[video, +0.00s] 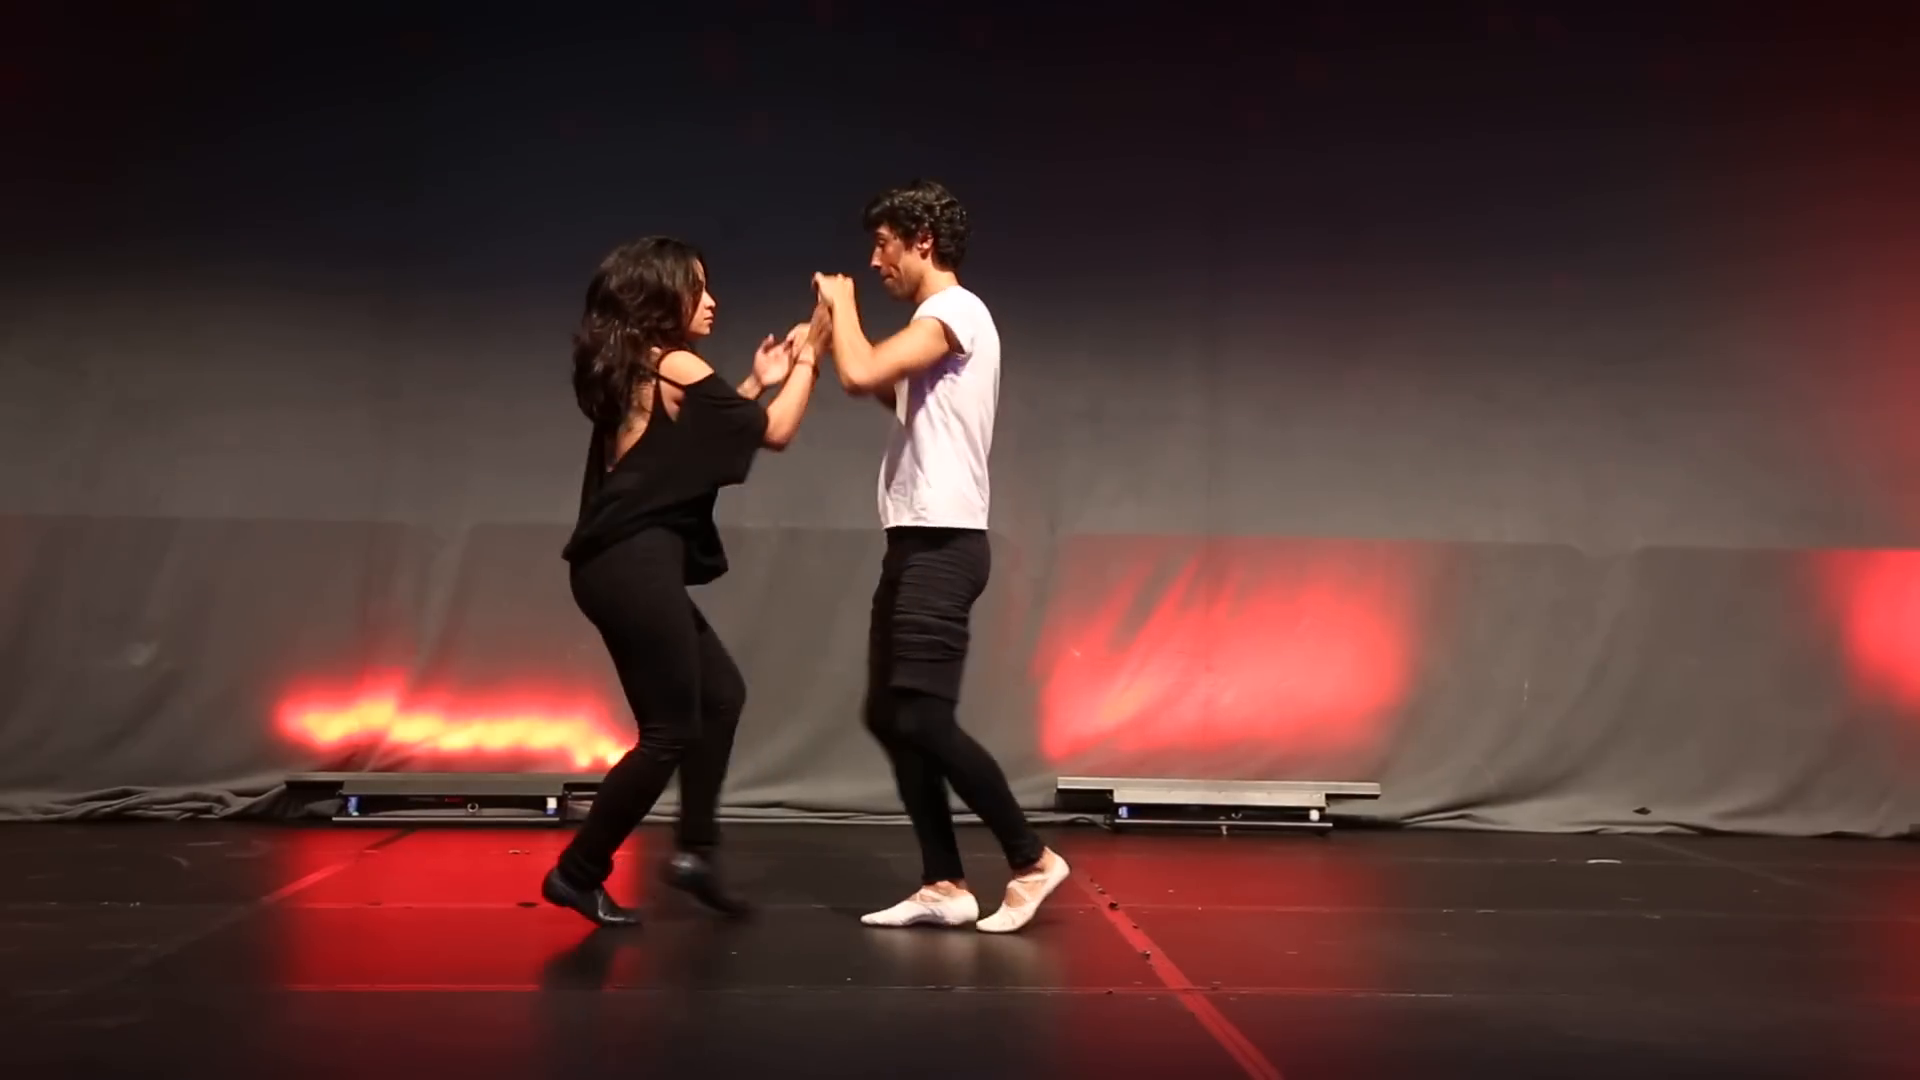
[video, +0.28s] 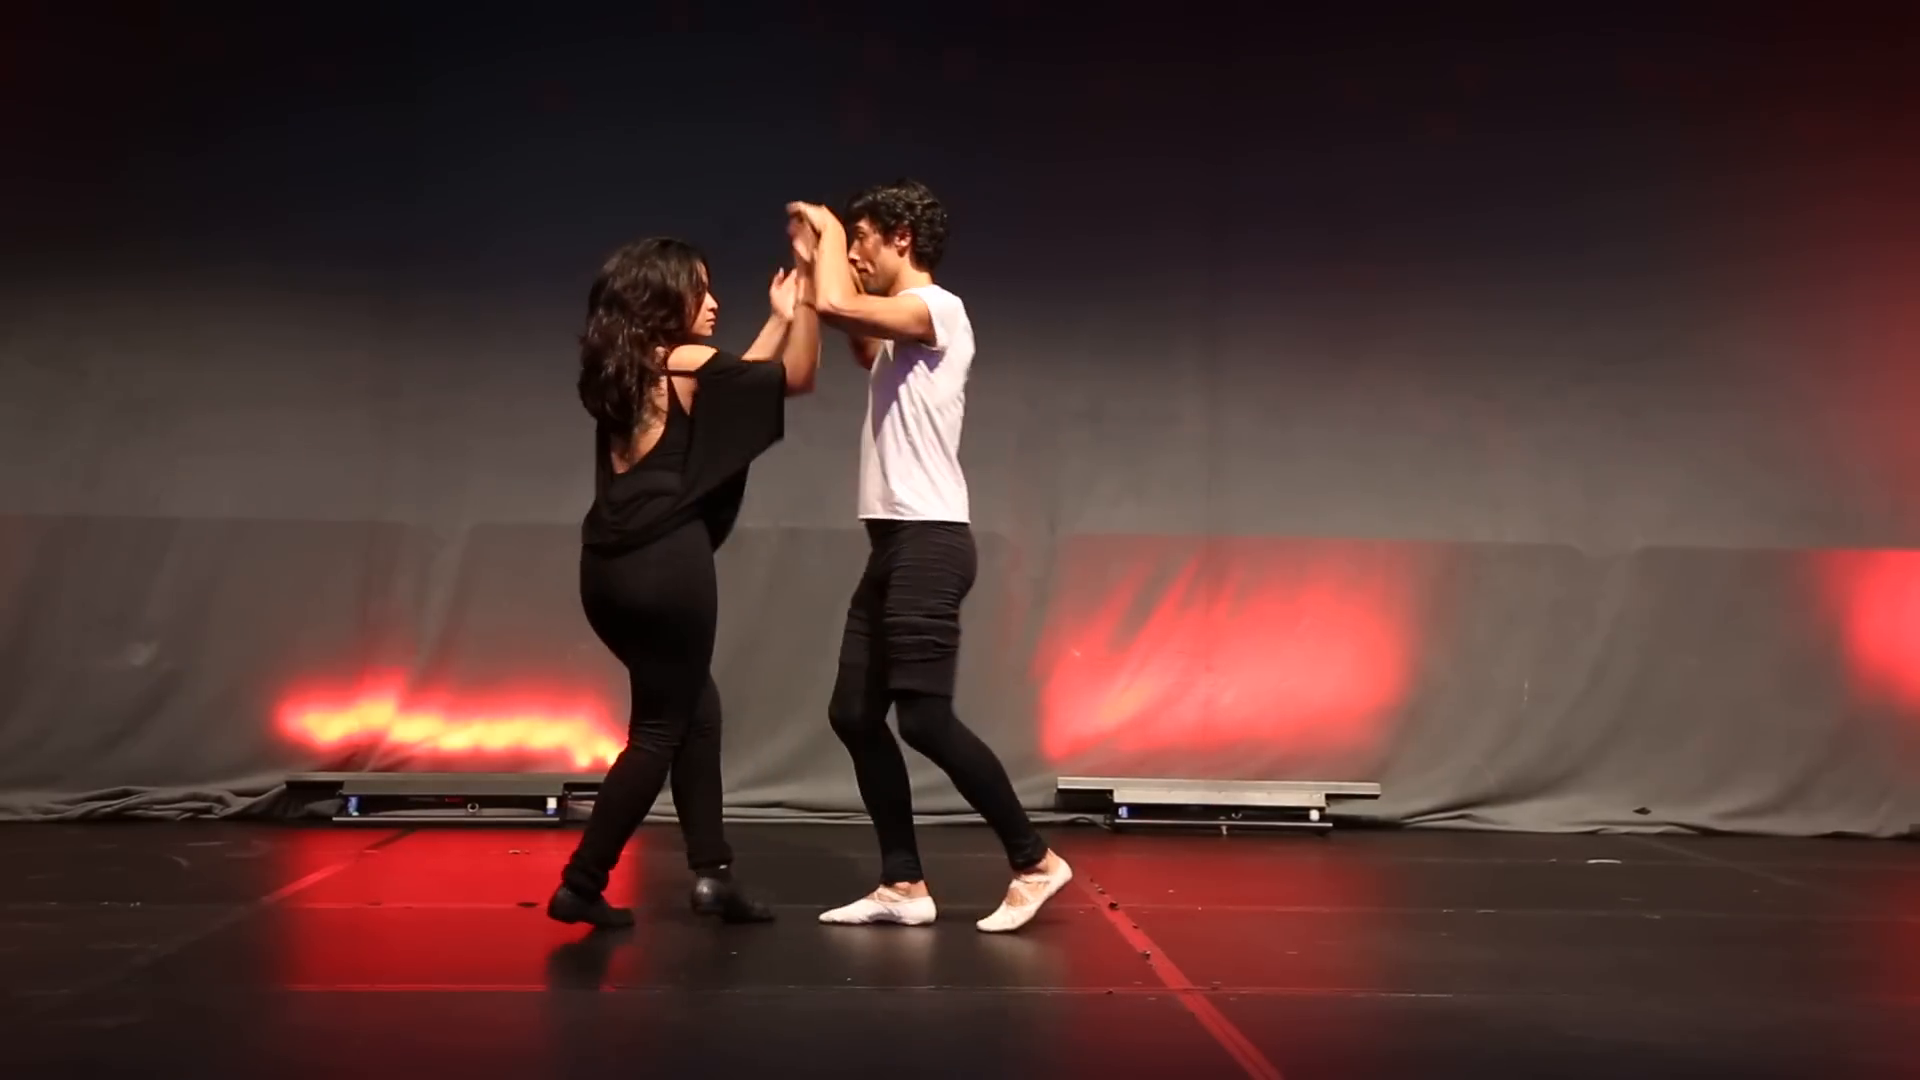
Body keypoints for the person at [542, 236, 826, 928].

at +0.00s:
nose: (710, 300)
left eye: (706, 287)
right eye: (699, 289)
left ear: (647, 301)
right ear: (665, 301)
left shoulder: (632, 364)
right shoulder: (675, 365)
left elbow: (692, 440)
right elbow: (776, 428)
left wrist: (756, 385)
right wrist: (810, 358)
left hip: (627, 564)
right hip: (632, 567)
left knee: (721, 693)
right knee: (671, 731)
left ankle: (695, 853)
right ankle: (578, 872)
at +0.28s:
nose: (713, 304)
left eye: (710, 291)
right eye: (700, 293)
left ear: (644, 305)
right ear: (664, 303)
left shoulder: (625, 371)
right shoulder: (688, 367)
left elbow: (738, 381)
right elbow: (797, 377)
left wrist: (780, 318)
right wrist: (809, 297)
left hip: (607, 574)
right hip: (669, 569)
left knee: (699, 712)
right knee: (657, 733)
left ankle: (711, 874)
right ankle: (581, 886)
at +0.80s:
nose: (658, 264)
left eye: (673, 259)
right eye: (662, 256)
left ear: (702, 278)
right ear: (689, 277)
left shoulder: (693, 340)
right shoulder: (679, 332)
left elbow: (610, 283)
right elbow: (630, 270)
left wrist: (671, 230)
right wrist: (680, 205)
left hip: (683, 556)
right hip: (653, 553)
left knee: (639, 720)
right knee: (630, 722)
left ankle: (754, 838)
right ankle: (680, 881)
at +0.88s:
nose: (643, 279)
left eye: (655, 271)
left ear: (670, 276)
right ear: (738, 280)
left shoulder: (652, 342)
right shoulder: (733, 347)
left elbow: (608, 286)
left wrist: (686, 250)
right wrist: (712, 223)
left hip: (655, 542)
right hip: (713, 544)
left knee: (595, 714)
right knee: (659, 719)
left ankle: (714, 821)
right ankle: (675, 890)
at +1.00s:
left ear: (644, 288)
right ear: (729, 292)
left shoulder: (616, 359)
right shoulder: (742, 369)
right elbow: (788, 434)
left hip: (628, 547)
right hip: (710, 552)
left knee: (623, 706)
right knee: (674, 730)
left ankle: (607, 814)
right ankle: (635, 899)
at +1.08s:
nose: (719, 304)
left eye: (716, 293)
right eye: (713, 292)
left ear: (626, 297)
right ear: (700, 296)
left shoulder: (612, 362)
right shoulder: (720, 364)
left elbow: (581, 416)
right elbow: (754, 449)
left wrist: (627, 463)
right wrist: (775, 378)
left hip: (620, 545)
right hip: (686, 547)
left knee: (660, 707)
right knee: (666, 724)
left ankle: (601, 833)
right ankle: (601, 887)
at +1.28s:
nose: (728, 297)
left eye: (725, 283)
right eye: (715, 285)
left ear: (673, 304)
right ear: (674, 300)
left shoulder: (686, 357)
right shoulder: (668, 367)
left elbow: (741, 342)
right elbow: (778, 390)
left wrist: (783, 302)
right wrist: (796, 299)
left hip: (688, 570)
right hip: (650, 566)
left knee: (774, 706)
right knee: (631, 736)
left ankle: (729, 868)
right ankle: (584, 891)